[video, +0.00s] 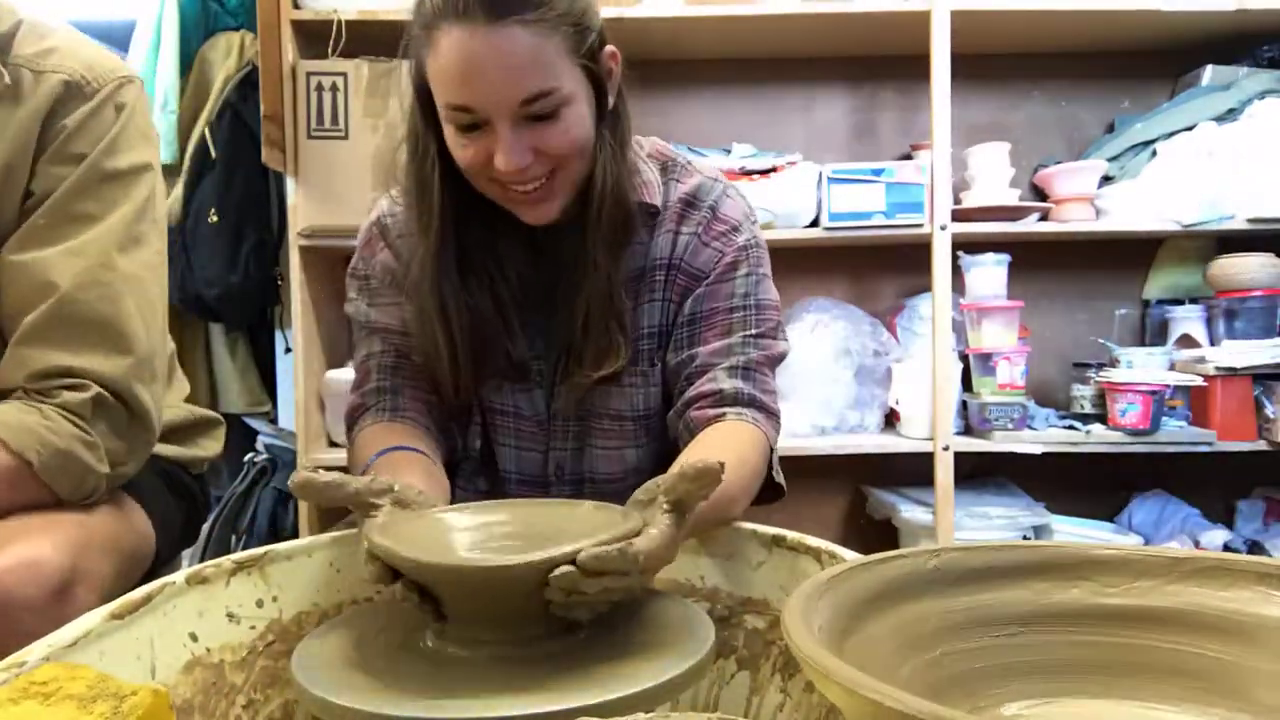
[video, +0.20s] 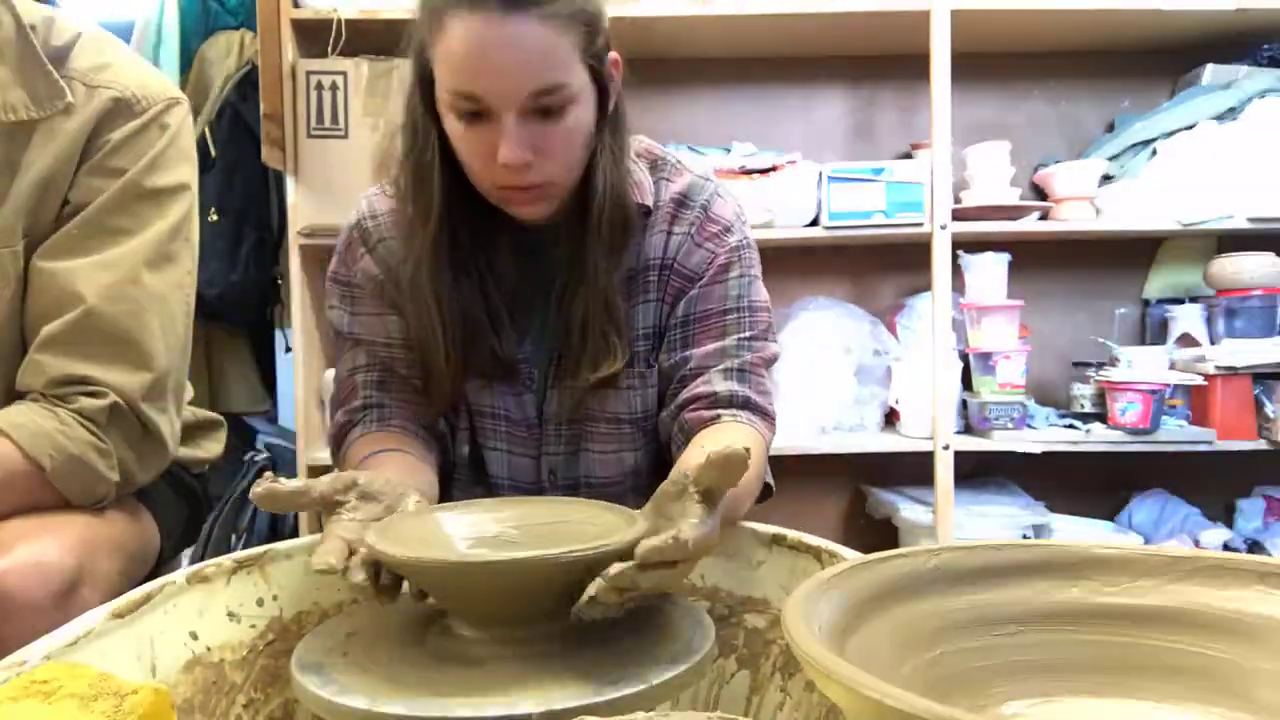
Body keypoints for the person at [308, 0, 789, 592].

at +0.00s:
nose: (510, 160)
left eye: (541, 113)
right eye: (469, 125)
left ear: (605, 80)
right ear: (433, 114)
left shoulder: (705, 224)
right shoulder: (404, 240)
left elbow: (736, 411)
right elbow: (391, 405)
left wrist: (675, 506)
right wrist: (415, 497)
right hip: (471, 600)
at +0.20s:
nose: (511, 154)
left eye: (548, 109)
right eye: (472, 115)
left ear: (607, 84)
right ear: (432, 104)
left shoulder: (695, 222)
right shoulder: (388, 237)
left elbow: (728, 405)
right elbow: (383, 419)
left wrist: (707, 489)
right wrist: (385, 496)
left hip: (641, 603)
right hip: (455, 604)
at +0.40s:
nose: (585, 128)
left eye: (631, 93)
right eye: (558, 84)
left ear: (693, 97)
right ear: (524, 84)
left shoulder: (738, 231)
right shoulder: (437, 202)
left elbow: (750, 414)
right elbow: (351, 352)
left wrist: (696, 500)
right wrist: (326, 458)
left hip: (637, 595)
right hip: (448, 584)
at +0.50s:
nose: (619, 139)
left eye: (667, 110)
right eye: (597, 94)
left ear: (727, 111)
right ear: (562, 81)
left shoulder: (753, 236)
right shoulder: (464, 193)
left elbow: (756, 414)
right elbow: (392, 347)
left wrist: (700, 499)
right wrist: (377, 443)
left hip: (645, 594)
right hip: (460, 586)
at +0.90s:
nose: (627, 166)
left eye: (679, 141)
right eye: (612, 114)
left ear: (745, 148)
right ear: (587, 89)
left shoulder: (774, 252)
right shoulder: (486, 181)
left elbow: (762, 420)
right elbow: (362, 325)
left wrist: (701, 493)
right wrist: (426, 394)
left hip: (642, 598)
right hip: (457, 579)